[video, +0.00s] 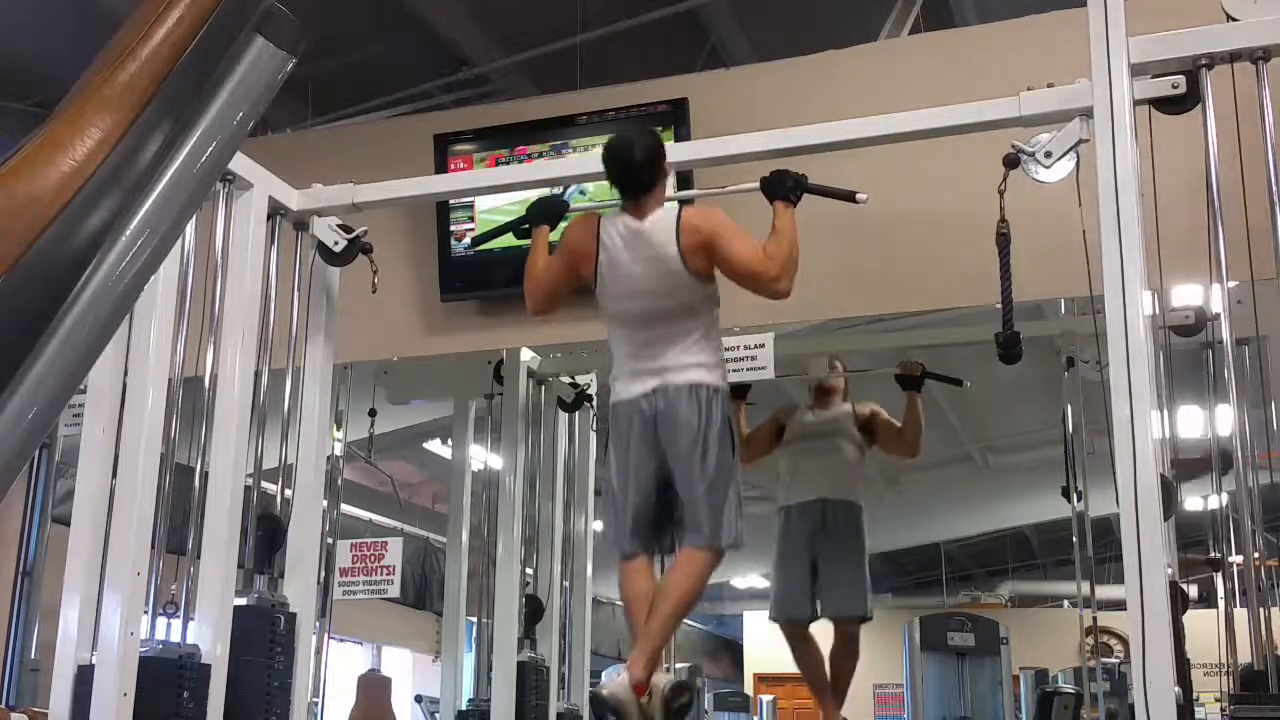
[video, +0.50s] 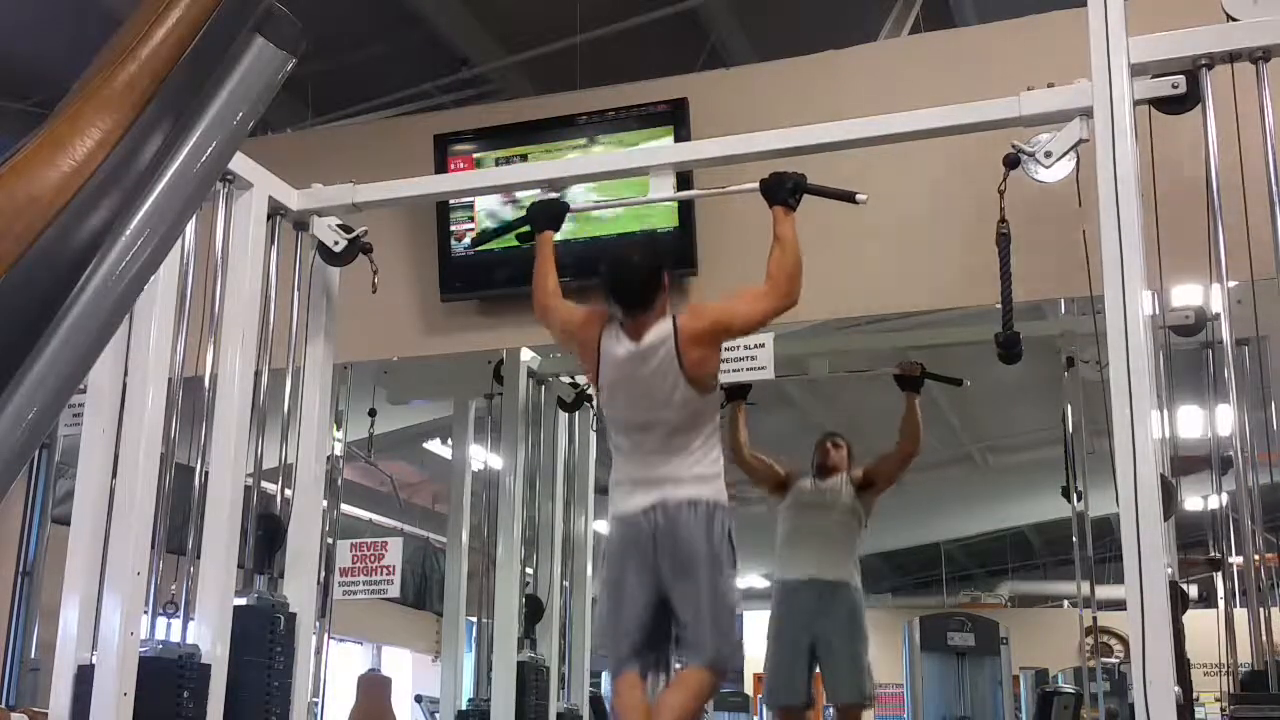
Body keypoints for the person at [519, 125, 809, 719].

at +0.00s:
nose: (665, 159)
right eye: (663, 153)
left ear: (610, 181)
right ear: (663, 169)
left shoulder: (587, 233)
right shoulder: (700, 222)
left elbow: (538, 298)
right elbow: (777, 278)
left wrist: (539, 230)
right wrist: (785, 206)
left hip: (630, 404)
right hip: (695, 398)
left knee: (633, 541)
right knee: (703, 537)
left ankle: (654, 676)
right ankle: (635, 674)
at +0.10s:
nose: (670, 154)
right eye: (668, 148)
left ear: (614, 174)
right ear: (667, 163)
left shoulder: (588, 226)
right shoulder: (700, 217)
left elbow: (541, 296)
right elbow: (773, 275)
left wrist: (540, 230)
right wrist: (784, 204)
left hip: (631, 393)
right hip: (696, 386)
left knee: (642, 537)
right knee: (704, 533)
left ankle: (661, 673)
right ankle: (640, 670)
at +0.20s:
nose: (666, 171)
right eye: (665, 164)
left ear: (612, 188)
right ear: (665, 177)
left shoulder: (590, 242)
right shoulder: (700, 231)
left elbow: (540, 302)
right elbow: (781, 280)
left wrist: (541, 230)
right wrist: (785, 206)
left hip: (631, 409)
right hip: (695, 404)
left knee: (644, 555)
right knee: (709, 550)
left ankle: (665, 690)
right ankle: (648, 685)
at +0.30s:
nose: (667, 206)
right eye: (665, 199)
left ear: (611, 219)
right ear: (664, 212)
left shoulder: (590, 272)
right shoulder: (699, 261)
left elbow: (540, 306)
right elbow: (787, 282)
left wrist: (542, 235)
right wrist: (786, 209)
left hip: (629, 451)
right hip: (694, 445)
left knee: (640, 596)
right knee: (709, 593)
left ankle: (659, 716)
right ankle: (651, 713)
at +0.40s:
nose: (667, 243)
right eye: (665, 237)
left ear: (611, 259)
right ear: (665, 250)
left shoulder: (590, 305)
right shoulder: (698, 295)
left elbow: (543, 303)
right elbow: (785, 289)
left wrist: (543, 235)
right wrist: (785, 209)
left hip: (630, 487)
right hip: (697, 481)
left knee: (632, 632)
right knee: (713, 629)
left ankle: (650, 719)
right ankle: (654, 716)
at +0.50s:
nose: (672, 282)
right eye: (668, 275)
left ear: (610, 292)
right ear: (666, 284)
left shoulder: (591, 334)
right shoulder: (700, 326)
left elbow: (546, 301)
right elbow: (781, 293)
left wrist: (543, 234)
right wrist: (784, 210)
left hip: (629, 516)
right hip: (695, 512)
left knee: (626, 663)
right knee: (706, 658)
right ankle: (657, 717)